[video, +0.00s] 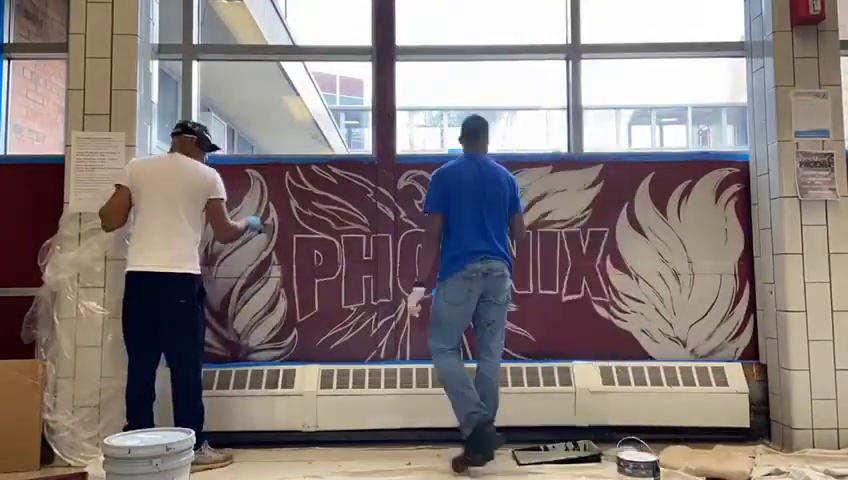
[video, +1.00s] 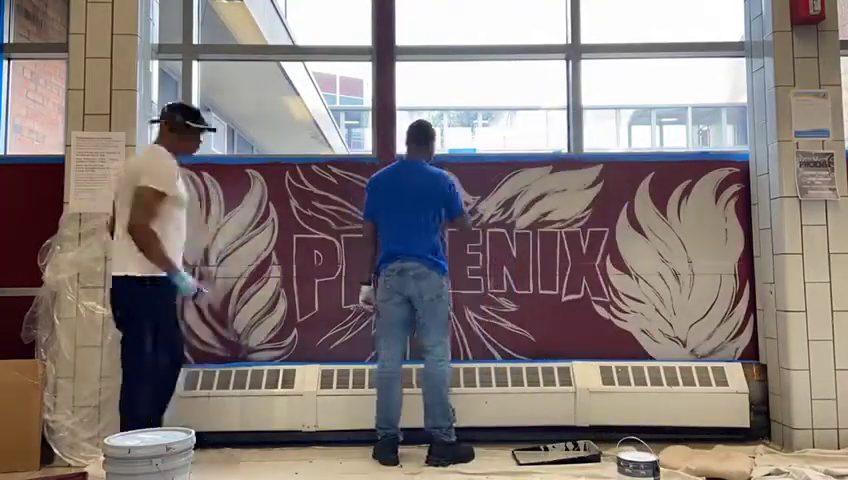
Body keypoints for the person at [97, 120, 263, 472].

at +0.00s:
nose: (206, 157)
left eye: (207, 153)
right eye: (205, 152)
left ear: (175, 141)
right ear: (193, 143)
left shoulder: (139, 168)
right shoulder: (207, 176)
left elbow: (108, 220)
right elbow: (225, 232)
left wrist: (131, 196)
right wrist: (248, 222)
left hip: (138, 282)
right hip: (181, 284)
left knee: (140, 368)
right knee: (187, 371)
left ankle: (139, 449)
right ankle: (194, 448)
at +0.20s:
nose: (184, 147)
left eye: (181, 142)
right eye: (183, 141)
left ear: (149, 143)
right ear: (179, 138)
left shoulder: (130, 170)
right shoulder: (200, 169)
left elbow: (107, 226)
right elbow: (221, 224)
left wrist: (131, 203)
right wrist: (230, 210)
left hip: (139, 283)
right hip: (182, 283)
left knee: (139, 368)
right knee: (186, 368)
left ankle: (138, 449)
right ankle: (194, 448)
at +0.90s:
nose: (176, 149)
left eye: (171, 144)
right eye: (178, 144)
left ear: (145, 142)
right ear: (176, 142)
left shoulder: (120, 172)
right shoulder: (192, 175)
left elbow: (100, 229)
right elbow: (206, 235)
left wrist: (126, 207)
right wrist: (207, 252)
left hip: (130, 285)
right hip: (174, 286)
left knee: (134, 369)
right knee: (183, 369)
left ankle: (137, 448)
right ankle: (192, 447)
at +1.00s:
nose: (199, 141)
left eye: (201, 134)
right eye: (194, 133)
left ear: (167, 131)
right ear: (170, 129)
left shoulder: (142, 161)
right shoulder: (160, 162)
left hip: (136, 281)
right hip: (146, 283)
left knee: (147, 365)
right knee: (162, 361)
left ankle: (140, 447)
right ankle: (142, 448)